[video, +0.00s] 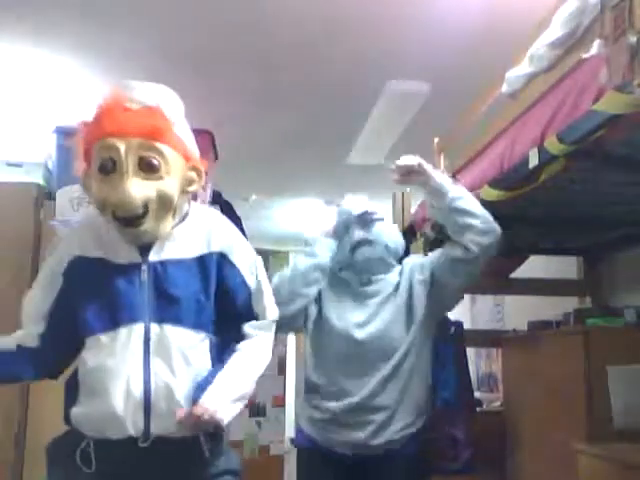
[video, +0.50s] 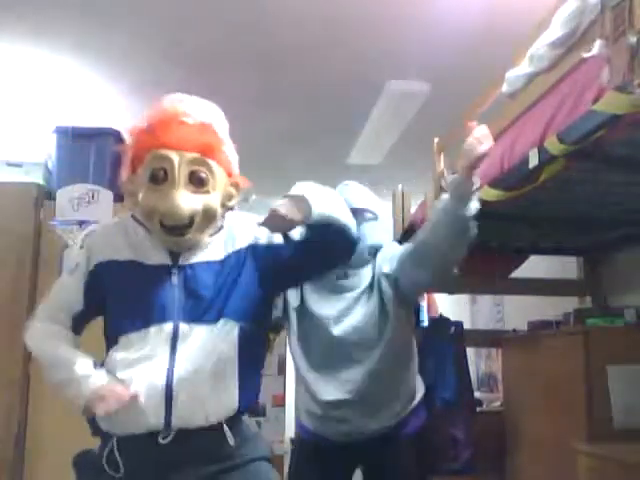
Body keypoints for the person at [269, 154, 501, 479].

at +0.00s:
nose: (361, 227)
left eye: (374, 219)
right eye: (350, 223)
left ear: (397, 235)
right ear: (338, 240)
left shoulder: (420, 279)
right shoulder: (319, 285)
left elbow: (482, 238)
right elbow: (276, 311)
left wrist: (432, 181)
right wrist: (327, 245)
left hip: (397, 453)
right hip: (323, 454)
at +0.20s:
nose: (373, 230)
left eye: (386, 220)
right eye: (361, 219)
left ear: (403, 230)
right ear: (343, 226)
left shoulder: (415, 280)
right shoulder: (315, 277)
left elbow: (488, 278)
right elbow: (256, 268)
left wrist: (460, 215)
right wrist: (330, 232)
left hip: (403, 433)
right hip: (331, 437)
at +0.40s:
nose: (362, 231)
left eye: (376, 222)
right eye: (351, 219)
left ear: (394, 231)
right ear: (332, 225)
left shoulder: (402, 276)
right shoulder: (311, 272)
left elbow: (471, 270)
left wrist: (469, 195)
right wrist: (320, 228)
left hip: (401, 433)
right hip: (328, 437)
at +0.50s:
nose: (355, 228)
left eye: (366, 218)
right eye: (345, 217)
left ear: (380, 224)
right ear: (322, 222)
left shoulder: (390, 269)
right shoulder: (296, 279)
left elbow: (435, 249)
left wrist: (464, 176)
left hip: (394, 433)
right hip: (319, 437)